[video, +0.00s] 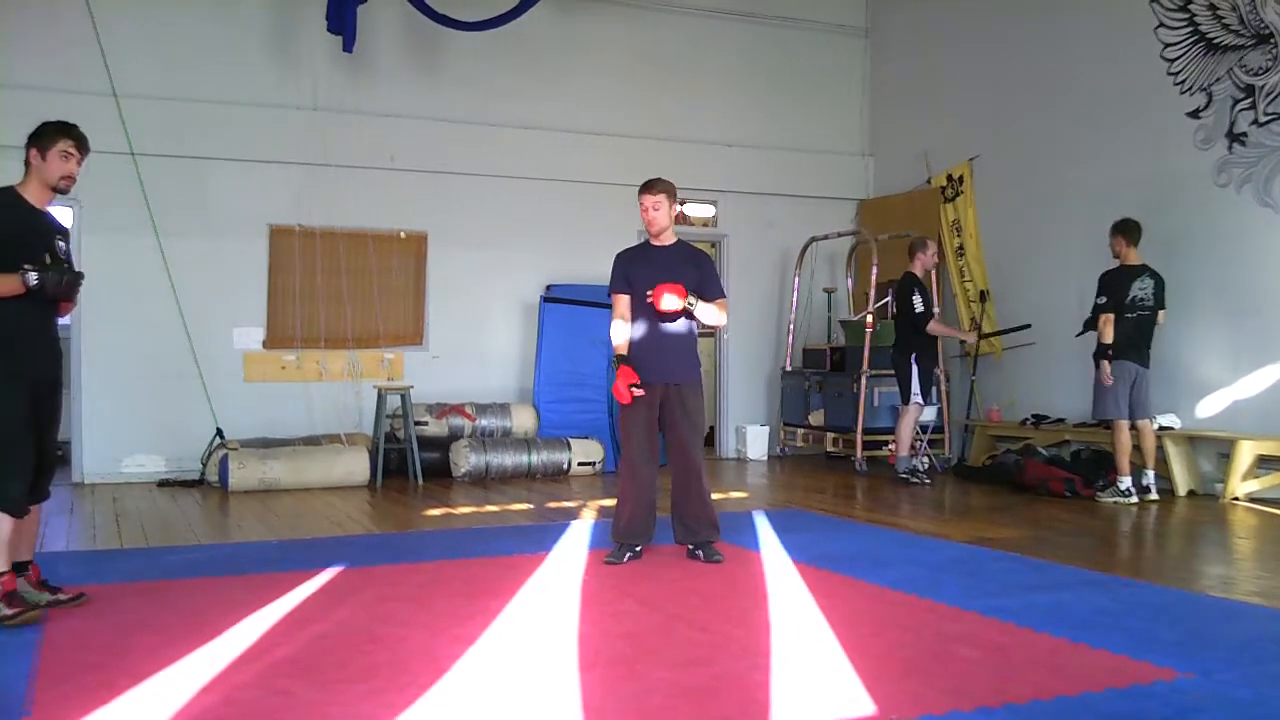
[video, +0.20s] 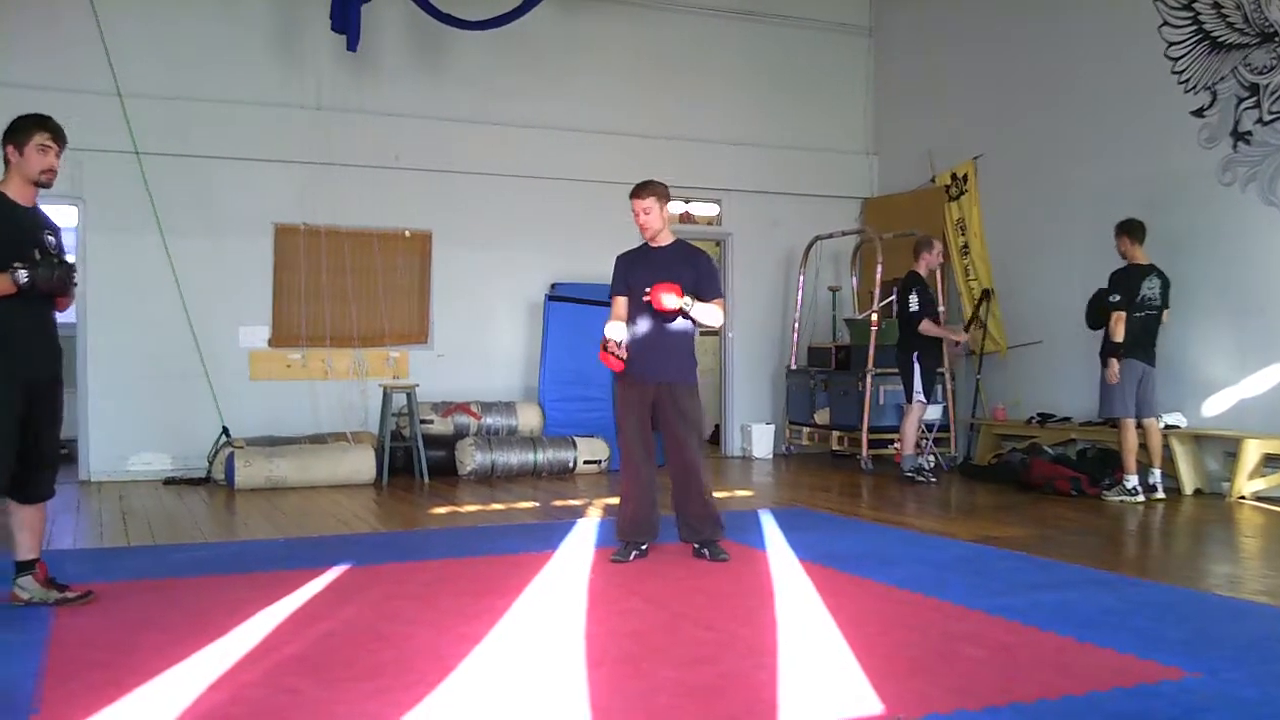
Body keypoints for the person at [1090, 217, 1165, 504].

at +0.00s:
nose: (1110, 245)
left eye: (1112, 240)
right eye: (1111, 240)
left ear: (1122, 241)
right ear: (1136, 241)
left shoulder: (1111, 277)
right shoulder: (1155, 277)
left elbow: (1106, 320)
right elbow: (1160, 317)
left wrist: (1103, 356)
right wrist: (1130, 315)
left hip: (1118, 357)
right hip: (1142, 359)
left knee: (1120, 422)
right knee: (1144, 420)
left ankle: (1124, 485)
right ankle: (1150, 483)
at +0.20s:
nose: (1117, 246)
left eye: (1118, 241)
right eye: (1117, 241)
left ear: (1126, 241)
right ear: (1141, 240)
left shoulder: (1121, 277)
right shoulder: (1160, 277)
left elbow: (1118, 319)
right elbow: (1163, 317)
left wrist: (1112, 356)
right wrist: (1134, 313)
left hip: (1125, 355)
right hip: (1148, 357)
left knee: (1126, 420)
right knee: (1150, 419)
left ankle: (1130, 483)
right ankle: (1156, 481)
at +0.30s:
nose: (1154, 247)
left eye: (1155, 241)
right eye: (1154, 241)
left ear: (1162, 241)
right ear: (1178, 240)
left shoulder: (1160, 276)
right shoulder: (1197, 277)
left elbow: (1154, 320)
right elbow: (1200, 316)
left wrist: (1143, 356)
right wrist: (1169, 313)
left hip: (1162, 356)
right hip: (1185, 357)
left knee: (1165, 422)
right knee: (1187, 420)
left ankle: (1169, 486)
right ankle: (1195, 483)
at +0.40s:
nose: (1190, 250)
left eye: (1192, 245)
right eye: (1190, 245)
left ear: (1201, 245)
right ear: (1214, 246)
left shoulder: (1195, 280)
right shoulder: (1233, 282)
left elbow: (1189, 326)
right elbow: (1234, 322)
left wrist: (1166, 353)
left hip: (1196, 361)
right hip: (1219, 362)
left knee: (1199, 428)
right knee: (1222, 426)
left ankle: (1203, 492)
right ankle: (1229, 491)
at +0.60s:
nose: (1184, 252)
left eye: (1186, 247)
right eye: (1185, 247)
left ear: (1198, 247)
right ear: (1209, 247)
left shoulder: (1191, 281)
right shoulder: (1228, 284)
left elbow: (1178, 324)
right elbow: (1207, 318)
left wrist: (1159, 318)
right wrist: (1174, 304)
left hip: (1188, 361)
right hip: (1212, 362)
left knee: (1190, 427)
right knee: (1212, 426)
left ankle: (1193, 491)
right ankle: (1219, 490)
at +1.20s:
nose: (1201, 257)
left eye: (1203, 251)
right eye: (1200, 252)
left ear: (1216, 247)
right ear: (1222, 247)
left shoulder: (1219, 280)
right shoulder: (1244, 281)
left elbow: (1211, 323)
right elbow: (1220, 315)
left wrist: (1185, 309)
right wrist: (1191, 301)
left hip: (1209, 364)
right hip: (1229, 364)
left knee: (1211, 430)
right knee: (1232, 428)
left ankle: (1216, 495)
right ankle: (1242, 494)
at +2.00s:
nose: (1221, 218)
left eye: (1224, 213)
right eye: (1222, 213)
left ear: (1236, 213)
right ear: (1246, 213)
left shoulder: (1229, 247)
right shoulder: (1264, 251)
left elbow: (1221, 289)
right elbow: (1246, 288)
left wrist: (1201, 283)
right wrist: (1209, 278)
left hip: (1221, 328)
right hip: (1244, 328)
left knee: (1223, 391)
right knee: (1245, 390)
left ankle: (1226, 455)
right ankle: (1253, 453)